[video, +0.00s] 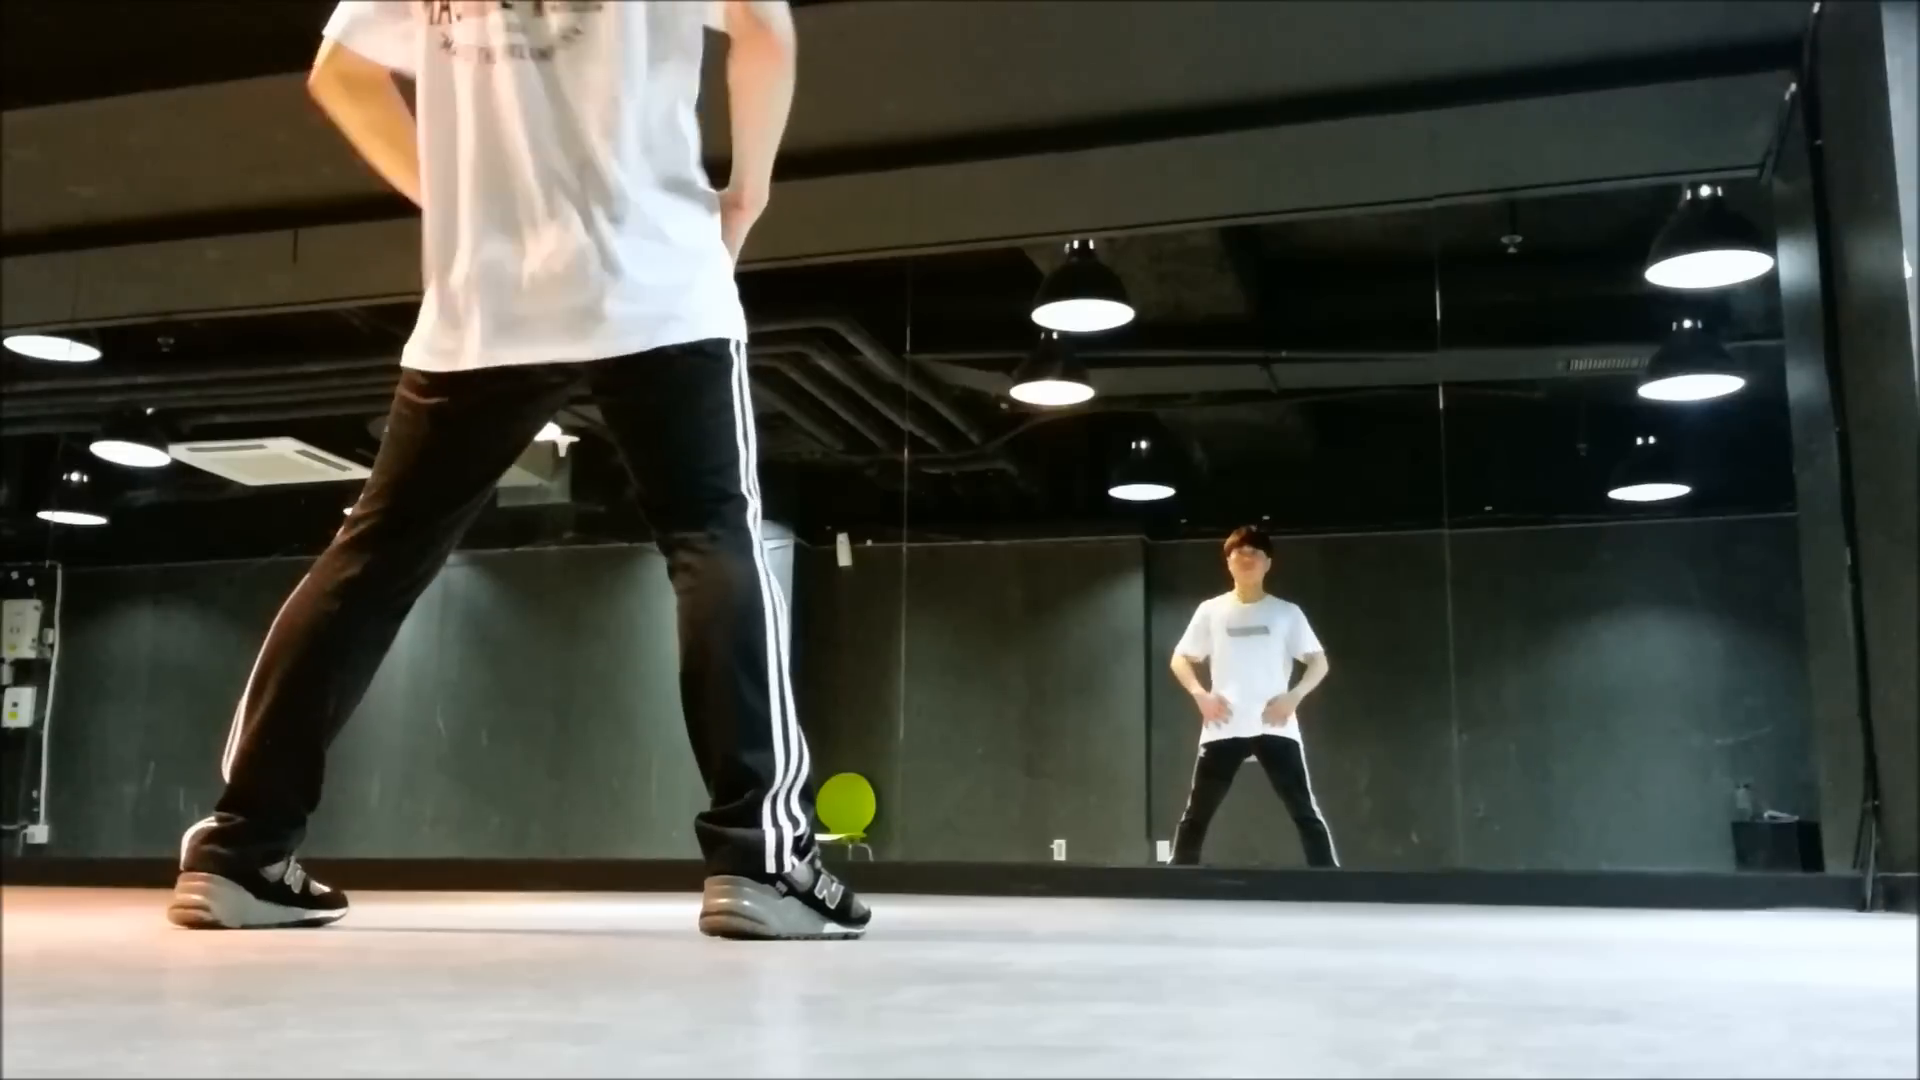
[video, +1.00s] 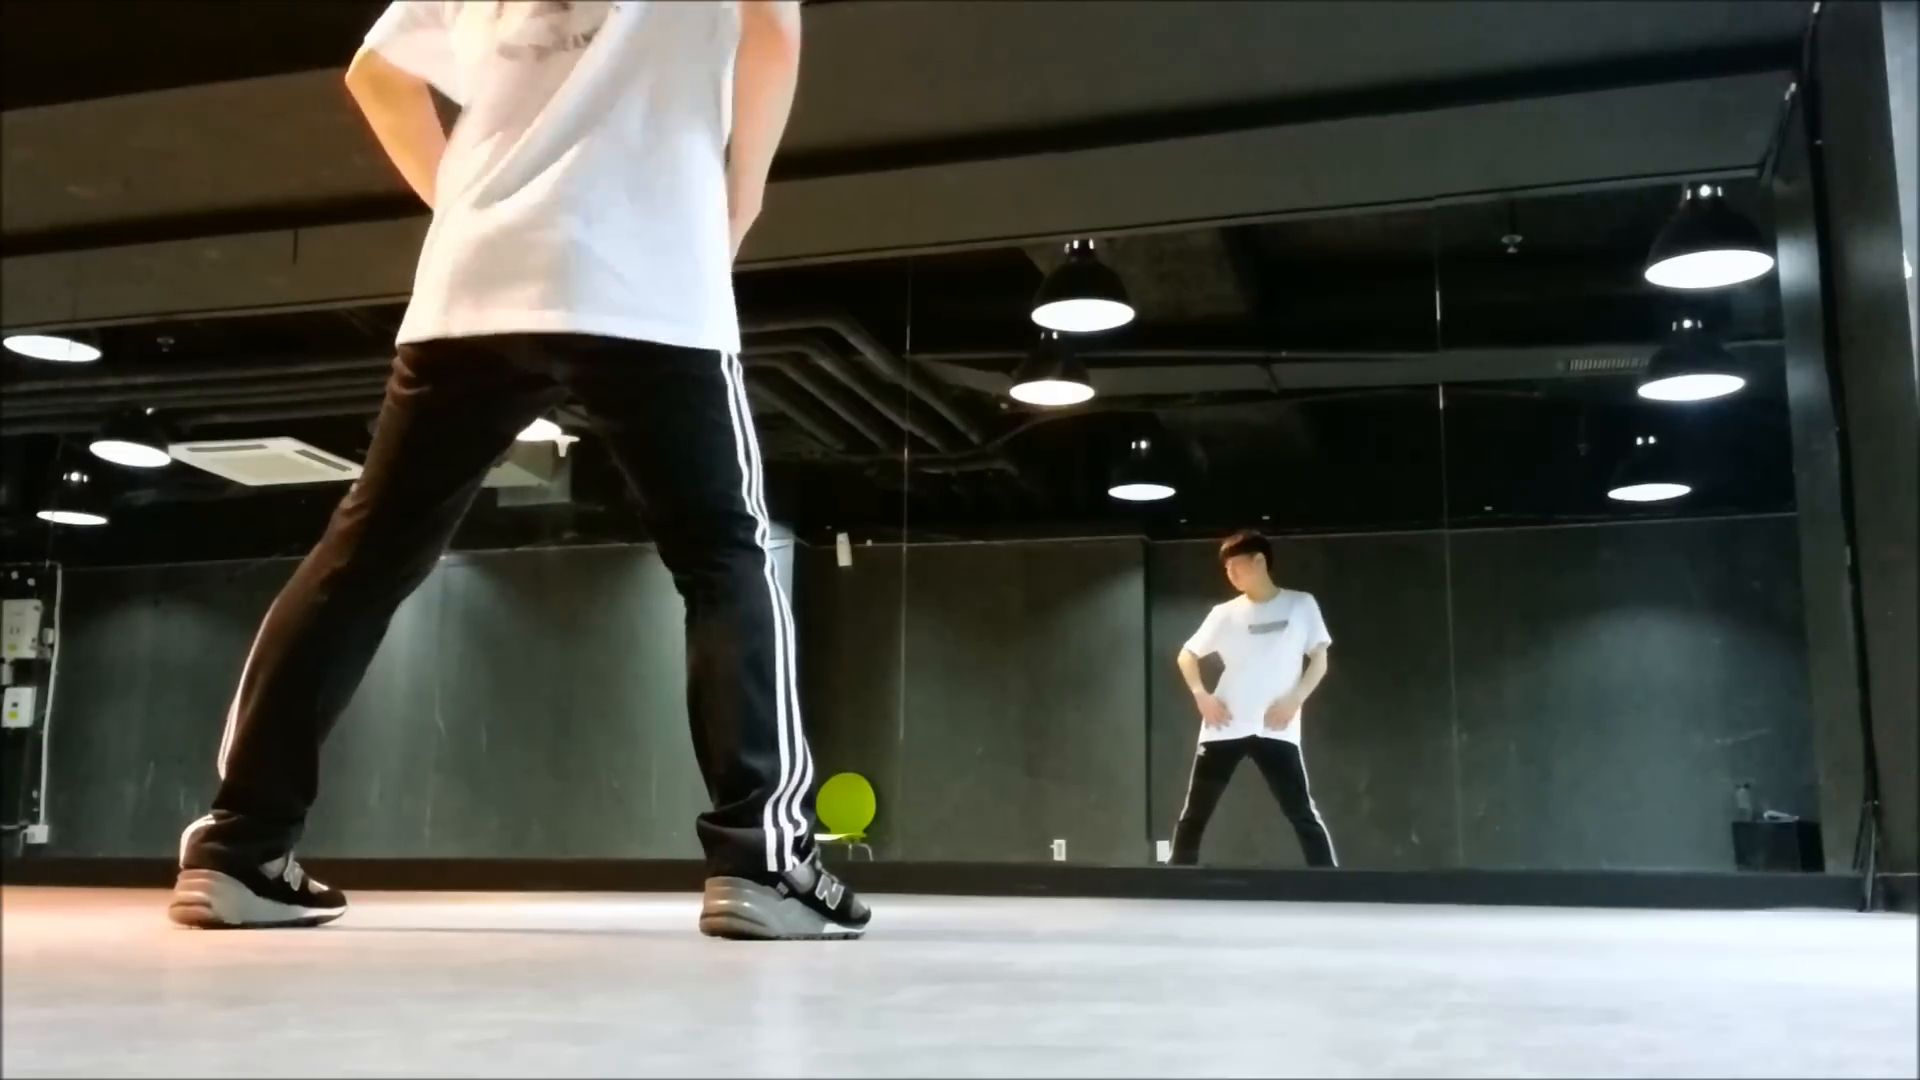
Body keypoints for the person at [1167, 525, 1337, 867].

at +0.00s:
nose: (1247, 559)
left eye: (1255, 553)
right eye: (1240, 553)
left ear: (1268, 563)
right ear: (1229, 562)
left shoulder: (1288, 613)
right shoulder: (1210, 611)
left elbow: (1319, 664)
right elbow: (1179, 660)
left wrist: (1292, 698)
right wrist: (1201, 696)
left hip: (1276, 731)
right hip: (1223, 731)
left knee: (1305, 813)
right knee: (1196, 815)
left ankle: (1331, 889)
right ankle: (1177, 890)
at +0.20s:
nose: (1245, 561)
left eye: (1253, 555)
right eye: (1238, 555)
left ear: (1267, 566)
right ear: (1228, 565)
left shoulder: (1287, 615)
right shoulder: (1208, 614)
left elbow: (1321, 663)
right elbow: (1177, 662)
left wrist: (1293, 698)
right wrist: (1200, 696)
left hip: (1276, 727)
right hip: (1223, 729)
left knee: (1306, 813)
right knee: (1196, 815)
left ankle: (1332, 889)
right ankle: (1177, 890)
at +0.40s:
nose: (1235, 568)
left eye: (1245, 560)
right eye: (1231, 560)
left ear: (1264, 564)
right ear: (1224, 566)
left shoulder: (1287, 614)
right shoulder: (1209, 611)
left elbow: (1321, 664)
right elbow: (1177, 659)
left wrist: (1292, 699)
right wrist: (1200, 697)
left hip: (1277, 728)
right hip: (1225, 729)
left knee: (1307, 814)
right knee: (1197, 816)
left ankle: (1333, 890)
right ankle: (1177, 891)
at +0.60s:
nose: (1221, 570)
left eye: (1228, 562)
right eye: (1219, 564)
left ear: (1252, 562)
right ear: (1222, 567)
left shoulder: (1290, 612)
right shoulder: (1211, 612)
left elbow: (1320, 664)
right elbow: (1178, 658)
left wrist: (1293, 698)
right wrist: (1200, 696)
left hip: (1277, 730)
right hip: (1223, 731)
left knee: (1306, 813)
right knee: (1196, 816)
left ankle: (1332, 888)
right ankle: (1177, 891)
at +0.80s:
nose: (1221, 570)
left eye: (1228, 562)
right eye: (1219, 564)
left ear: (1252, 561)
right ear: (1221, 568)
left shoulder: (1290, 612)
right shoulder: (1210, 612)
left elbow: (1320, 664)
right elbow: (1178, 658)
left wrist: (1293, 698)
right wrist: (1200, 696)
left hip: (1277, 730)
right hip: (1223, 731)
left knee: (1306, 813)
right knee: (1196, 815)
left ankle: (1332, 888)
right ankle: (1177, 891)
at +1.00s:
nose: (1230, 573)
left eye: (1235, 565)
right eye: (1227, 567)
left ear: (1259, 561)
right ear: (1227, 571)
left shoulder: (1302, 605)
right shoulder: (1224, 614)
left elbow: (1320, 661)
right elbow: (1186, 656)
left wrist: (1292, 701)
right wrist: (1201, 695)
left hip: (1276, 733)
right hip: (1222, 731)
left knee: (1302, 815)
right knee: (1193, 816)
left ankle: (1331, 890)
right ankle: (1176, 891)